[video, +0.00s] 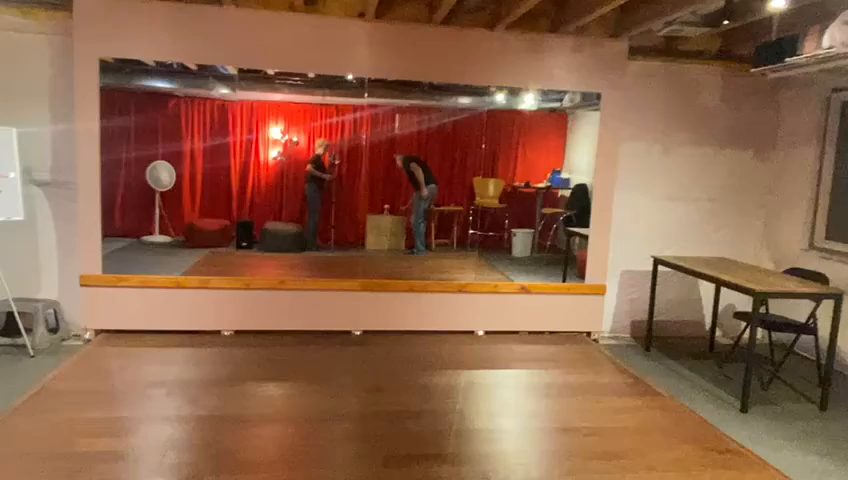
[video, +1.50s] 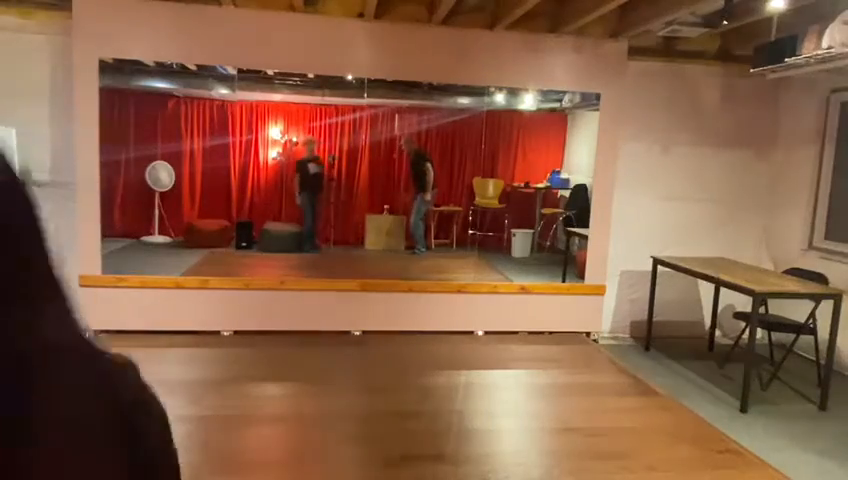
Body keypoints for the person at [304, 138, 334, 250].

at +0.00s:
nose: (326, 150)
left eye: (326, 147)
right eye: (325, 147)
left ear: (321, 147)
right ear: (321, 147)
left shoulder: (321, 160)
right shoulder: (316, 158)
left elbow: (326, 172)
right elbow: (309, 168)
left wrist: (332, 164)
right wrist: (324, 176)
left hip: (317, 187)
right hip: (312, 187)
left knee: (315, 213)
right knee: (314, 213)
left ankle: (313, 240)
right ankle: (311, 241)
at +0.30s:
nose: (326, 150)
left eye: (326, 148)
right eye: (325, 147)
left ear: (319, 147)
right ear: (321, 147)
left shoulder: (320, 160)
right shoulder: (316, 158)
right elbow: (308, 168)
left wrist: (333, 165)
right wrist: (323, 176)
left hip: (316, 187)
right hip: (311, 187)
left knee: (314, 213)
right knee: (313, 213)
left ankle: (312, 240)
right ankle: (311, 241)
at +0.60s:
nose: (326, 150)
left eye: (326, 147)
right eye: (325, 147)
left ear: (318, 147)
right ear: (322, 147)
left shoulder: (320, 160)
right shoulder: (315, 158)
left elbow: (321, 174)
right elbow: (309, 169)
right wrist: (321, 180)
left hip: (315, 187)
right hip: (311, 187)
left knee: (313, 214)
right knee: (313, 214)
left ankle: (311, 240)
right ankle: (310, 241)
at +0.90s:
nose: (323, 149)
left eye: (323, 146)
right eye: (322, 146)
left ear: (321, 147)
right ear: (317, 146)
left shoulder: (319, 160)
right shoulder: (312, 160)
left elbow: (321, 175)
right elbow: (308, 176)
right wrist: (310, 191)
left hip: (318, 192)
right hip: (313, 192)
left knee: (314, 217)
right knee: (312, 217)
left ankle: (312, 241)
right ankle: (308, 242)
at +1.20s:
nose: (317, 147)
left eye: (318, 144)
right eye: (314, 144)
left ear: (320, 146)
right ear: (311, 145)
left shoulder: (318, 162)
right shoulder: (309, 161)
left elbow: (320, 178)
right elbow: (305, 179)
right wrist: (305, 194)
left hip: (317, 192)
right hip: (310, 192)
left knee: (314, 217)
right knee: (311, 217)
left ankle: (312, 241)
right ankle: (307, 242)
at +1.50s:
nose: (310, 148)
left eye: (312, 145)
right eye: (308, 145)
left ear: (315, 146)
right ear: (305, 147)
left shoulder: (319, 162)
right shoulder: (301, 163)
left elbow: (322, 179)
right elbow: (297, 179)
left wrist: (322, 193)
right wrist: (297, 194)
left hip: (316, 193)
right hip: (305, 193)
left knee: (314, 218)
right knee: (308, 218)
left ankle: (313, 242)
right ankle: (306, 243)